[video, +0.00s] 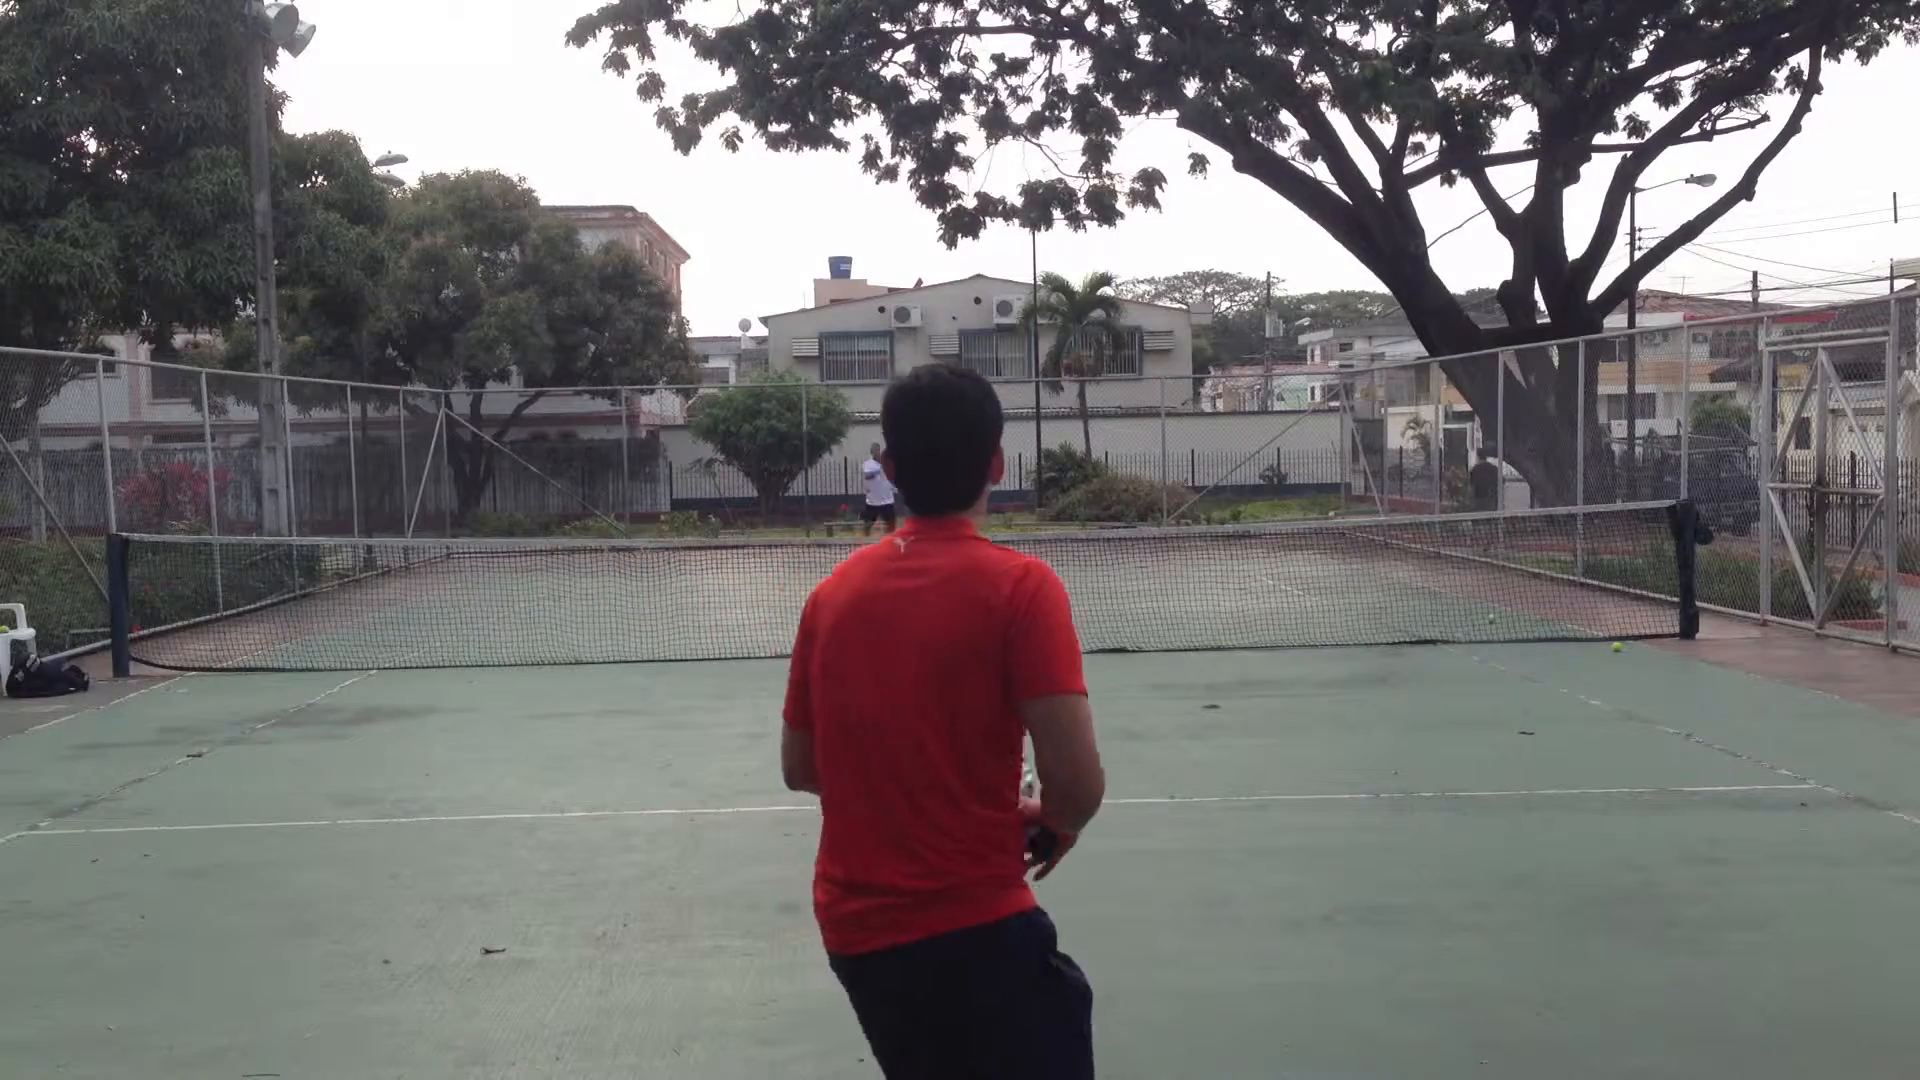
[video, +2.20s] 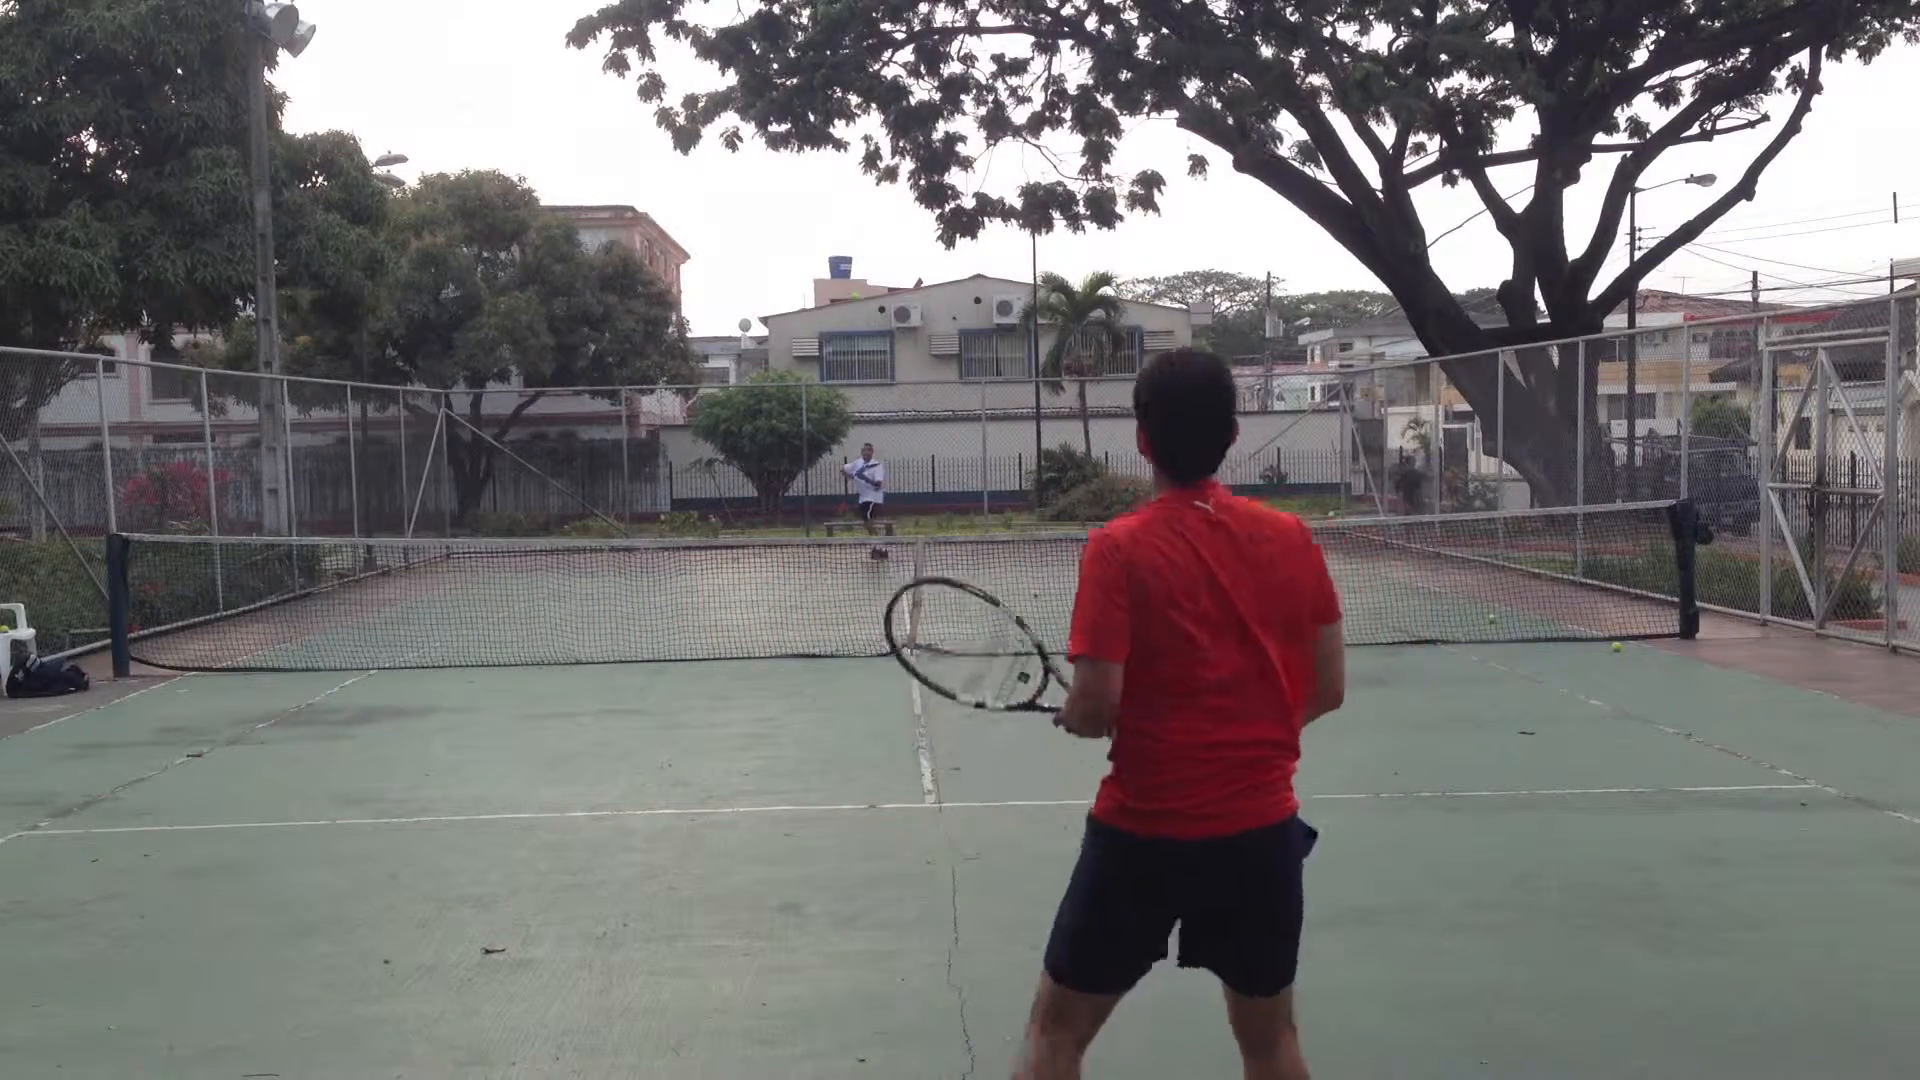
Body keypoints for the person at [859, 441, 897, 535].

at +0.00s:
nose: (877, 453)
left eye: (878, 450)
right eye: (875, 450)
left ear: (881, 451)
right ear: (871, 452)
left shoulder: (887, 464)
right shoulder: (868, 464)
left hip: (887, 500)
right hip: (872, 500)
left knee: (891, 527)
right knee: (867, 527)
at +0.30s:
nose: (887, 450)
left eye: (888, 448)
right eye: (884, 448)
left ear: (891, 449)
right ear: (880, 450)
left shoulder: (897, 463)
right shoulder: (873, 464)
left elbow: (901, 479)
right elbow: (866, 481)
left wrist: (899, 481)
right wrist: (877, 485)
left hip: (893, 500)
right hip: (878, 500)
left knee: (894, 525)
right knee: (877, 524)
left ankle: (893, 547)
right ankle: (880, 546)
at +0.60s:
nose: (886, 451)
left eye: (887, 449)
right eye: (883, 449)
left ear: (891, 450)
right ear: (880, 451)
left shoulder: (898, 464)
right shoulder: (874, 467)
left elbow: (904, 479)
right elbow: (868, 484)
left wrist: (901, 482)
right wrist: (877, 488)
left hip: (898, 500)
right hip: (882, 501)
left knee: (907, 521)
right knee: (880, 524)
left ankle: (910, 544)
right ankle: (882, 548)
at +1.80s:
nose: (888, 453)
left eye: (890, 450)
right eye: (886, 450)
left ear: (895, 451)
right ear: (884, 452)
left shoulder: (903, 465)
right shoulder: (878, 466)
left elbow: (910, 482)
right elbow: (869, 481)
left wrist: (899, 479)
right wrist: (879, 485)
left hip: (899, 501)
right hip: (884, 501)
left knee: (906, 525)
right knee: (882, 526)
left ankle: (914, 547)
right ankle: (883, 549)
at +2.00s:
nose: (876, 455)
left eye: (878, 452)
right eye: (874, 452)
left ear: (883, 453)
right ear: (872, 454)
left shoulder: (890, 466)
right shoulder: (868, 466)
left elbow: (893, 484)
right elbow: (854, 475)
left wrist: (881, 478)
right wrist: (867, 480)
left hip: (886, 500)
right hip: (872, 500)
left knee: (889, 525)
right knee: (870, 524)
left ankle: (887, 548)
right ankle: (879, 547)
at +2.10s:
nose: (871, 454)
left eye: (874, 451)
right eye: (869, 451)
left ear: (878, 453)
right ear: (867, 453)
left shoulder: (883, 466)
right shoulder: (863, 465)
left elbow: (887, 485)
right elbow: (848, 474)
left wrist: (874, 479)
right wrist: (858, 478)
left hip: (880, 499)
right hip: (867, 500)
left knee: (881, 523)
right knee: (868, 524)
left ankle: (892, 544)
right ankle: (880, 547)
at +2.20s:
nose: (867, 453)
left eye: (869, 450)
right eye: (865, 450)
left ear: (872, 452)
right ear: (861, 452)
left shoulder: (877, 465)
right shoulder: (857, 463)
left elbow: (879, 480)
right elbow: (845, 469)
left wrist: (878, 483)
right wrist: (846, 472)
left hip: (874, 495)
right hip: (863, 495)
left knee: (867, 516)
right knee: (865, 520)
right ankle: (874, 539)